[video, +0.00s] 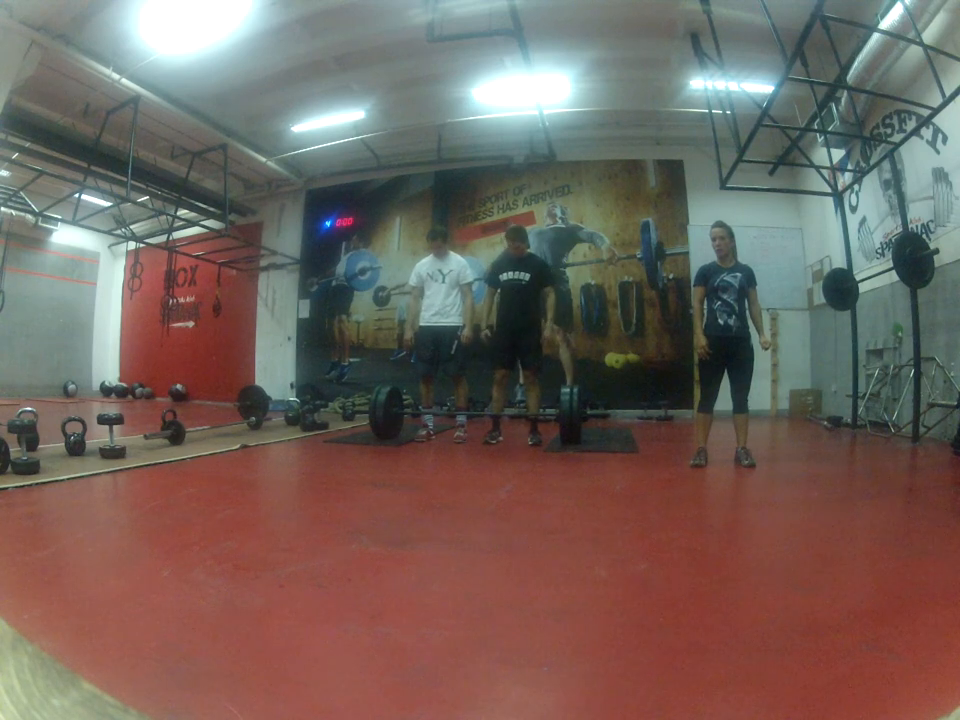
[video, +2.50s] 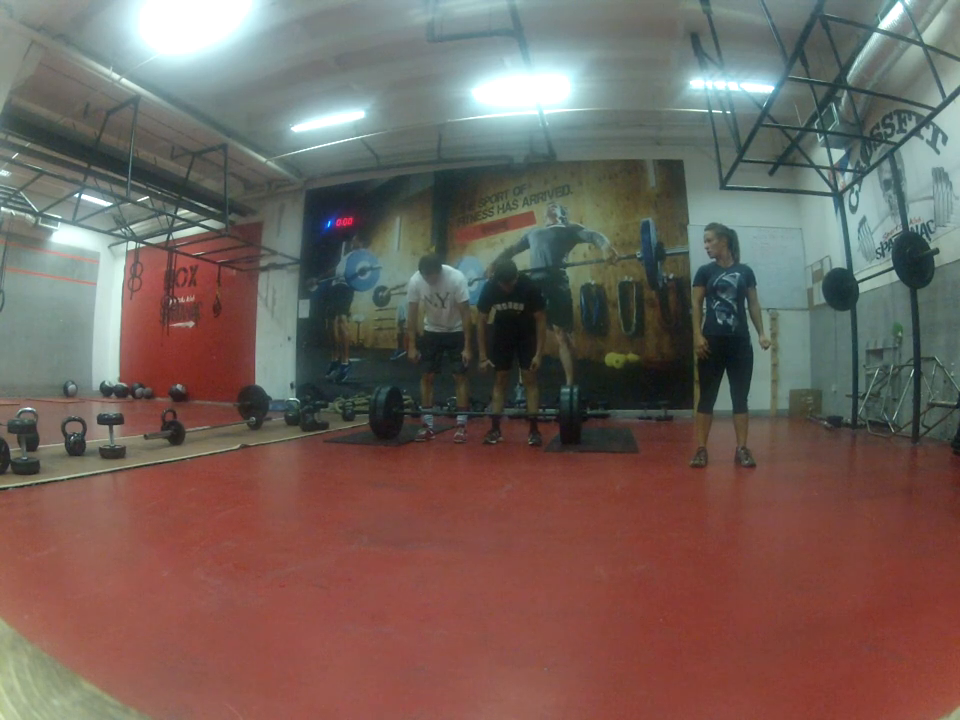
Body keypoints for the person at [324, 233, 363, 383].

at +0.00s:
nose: (352, 243)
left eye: (355, 241)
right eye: (352, 240)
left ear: (361, 243)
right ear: (353, 242)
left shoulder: (360, 257)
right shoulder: (347, 256)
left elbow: (363, 275)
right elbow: (336, 273)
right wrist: (319, 280)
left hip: (346, 288)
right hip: (335, 288)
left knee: (342, 323)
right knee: (334, 325)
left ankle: (345, 362)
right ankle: (335, 361)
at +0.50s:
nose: (352, 243)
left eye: (355, 241)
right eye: (353, 240)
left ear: (361, 243)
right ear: (353, 242)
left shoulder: (359, 257)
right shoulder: (347, 256)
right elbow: (337, 273)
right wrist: (319, 279)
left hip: (345, 288)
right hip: (335, 288)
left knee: (342, 323)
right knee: (334, 325)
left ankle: (345, 362)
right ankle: (335, 360)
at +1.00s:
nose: (353, 243)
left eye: (355, 241)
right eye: (353, 241)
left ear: (361, 243)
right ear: (354, 242)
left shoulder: (360, 256)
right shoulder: (348, 256)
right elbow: (336, 271)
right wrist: (319, 278)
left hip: (346, 288)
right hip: (336, 288)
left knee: (342, 324)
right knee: (334, 325)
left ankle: (345, 362)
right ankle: (335, 361)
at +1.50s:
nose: (353, 243)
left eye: (356, 241)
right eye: (353, 240)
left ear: (360, 242)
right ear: (353, 242)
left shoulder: (360, 256)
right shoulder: (348, 256)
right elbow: (336, 272)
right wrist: (319, 279)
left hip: (345, 288)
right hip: (335, 288)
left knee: (342, 325)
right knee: (333, 326)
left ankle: (345, 362)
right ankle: (335, 361)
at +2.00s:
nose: (353, 243)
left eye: (356, 241)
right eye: (353, 240)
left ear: (360, 243)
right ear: (354, 242)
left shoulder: (360, 256)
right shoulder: (348, 256)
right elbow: (336, 272)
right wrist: (318, 279)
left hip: (346, 288)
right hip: (335, 288)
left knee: (342, 324)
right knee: (334, 324)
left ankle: (345, 362)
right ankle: (335, 361)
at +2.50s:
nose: (353, 243)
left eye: (356, 241)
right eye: (353, 241)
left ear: (361, 243)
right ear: (352, 242)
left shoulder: (360, 256)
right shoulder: (347, 256)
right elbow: (336, 273)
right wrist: (319, 279)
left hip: (346, 288)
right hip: (335, 288)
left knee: (342, 324)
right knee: (334, 324)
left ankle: (345, 362)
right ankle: (335, 361)